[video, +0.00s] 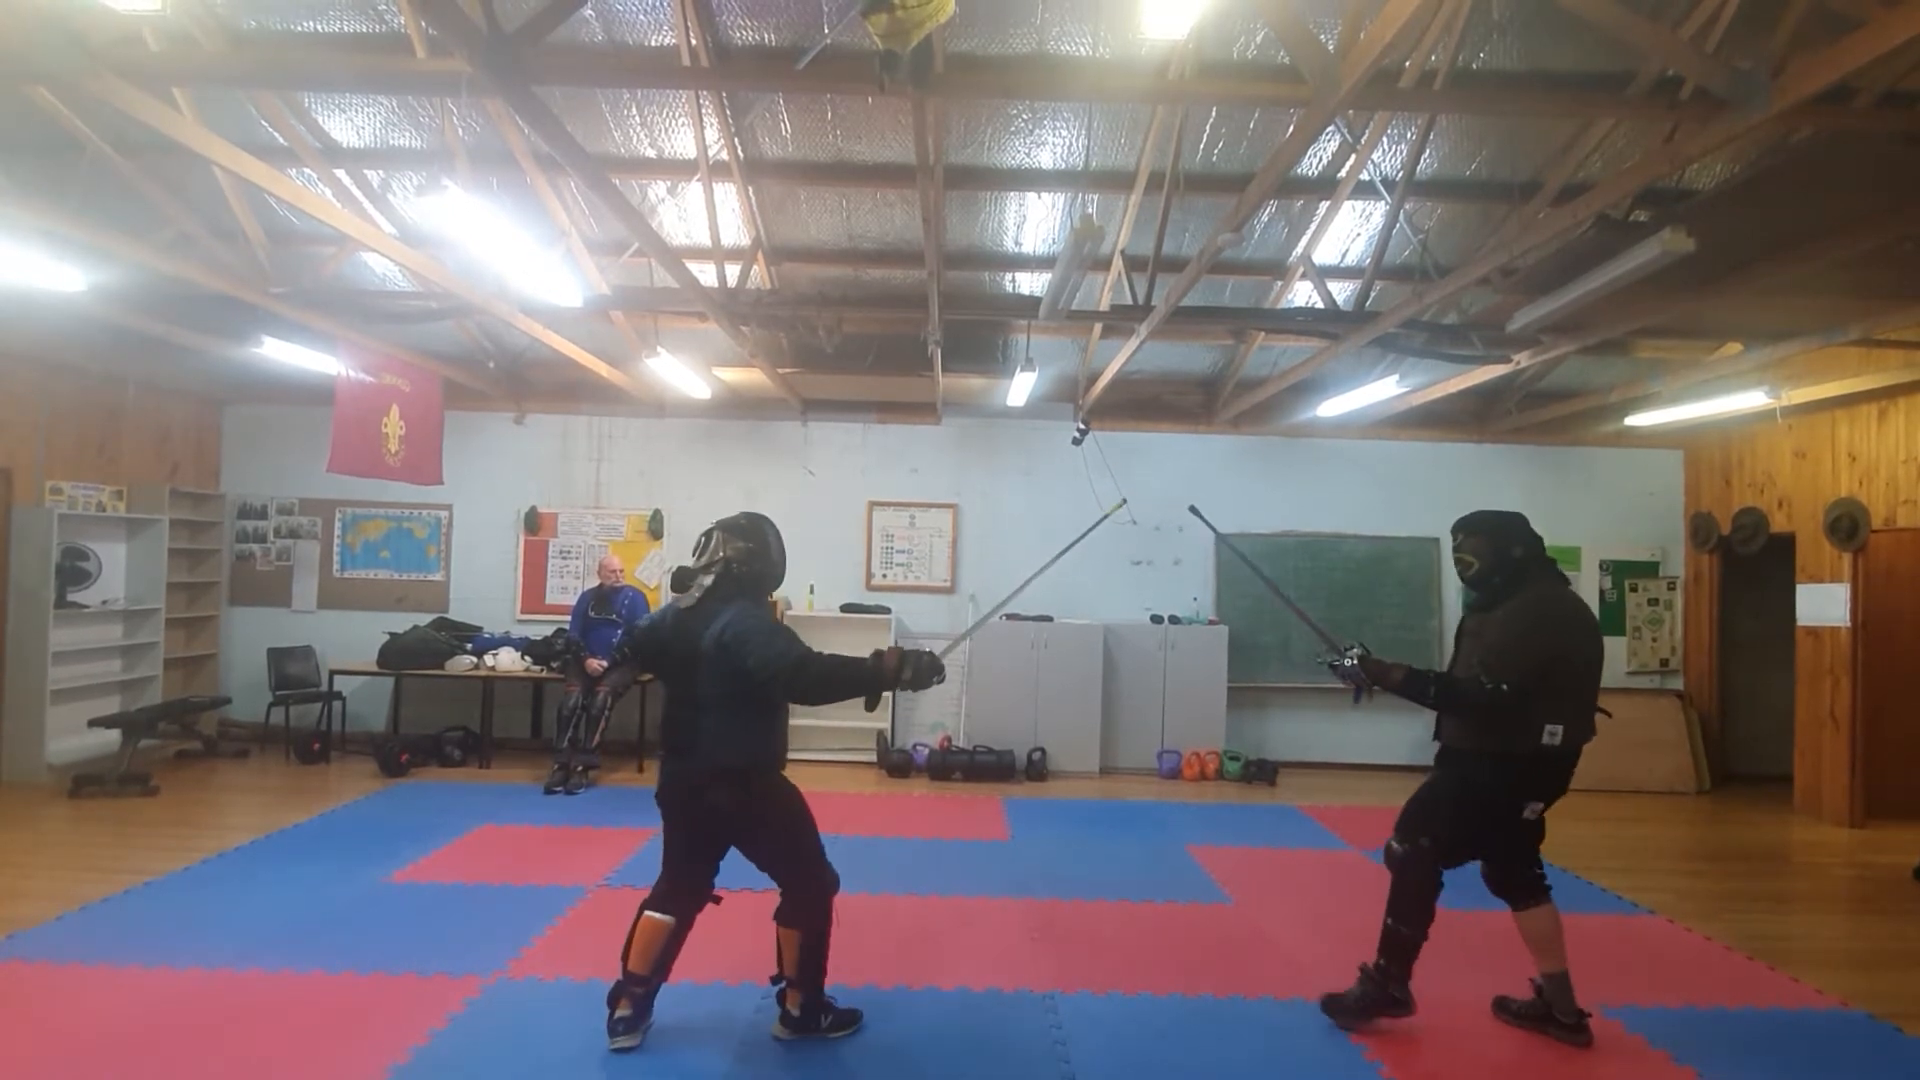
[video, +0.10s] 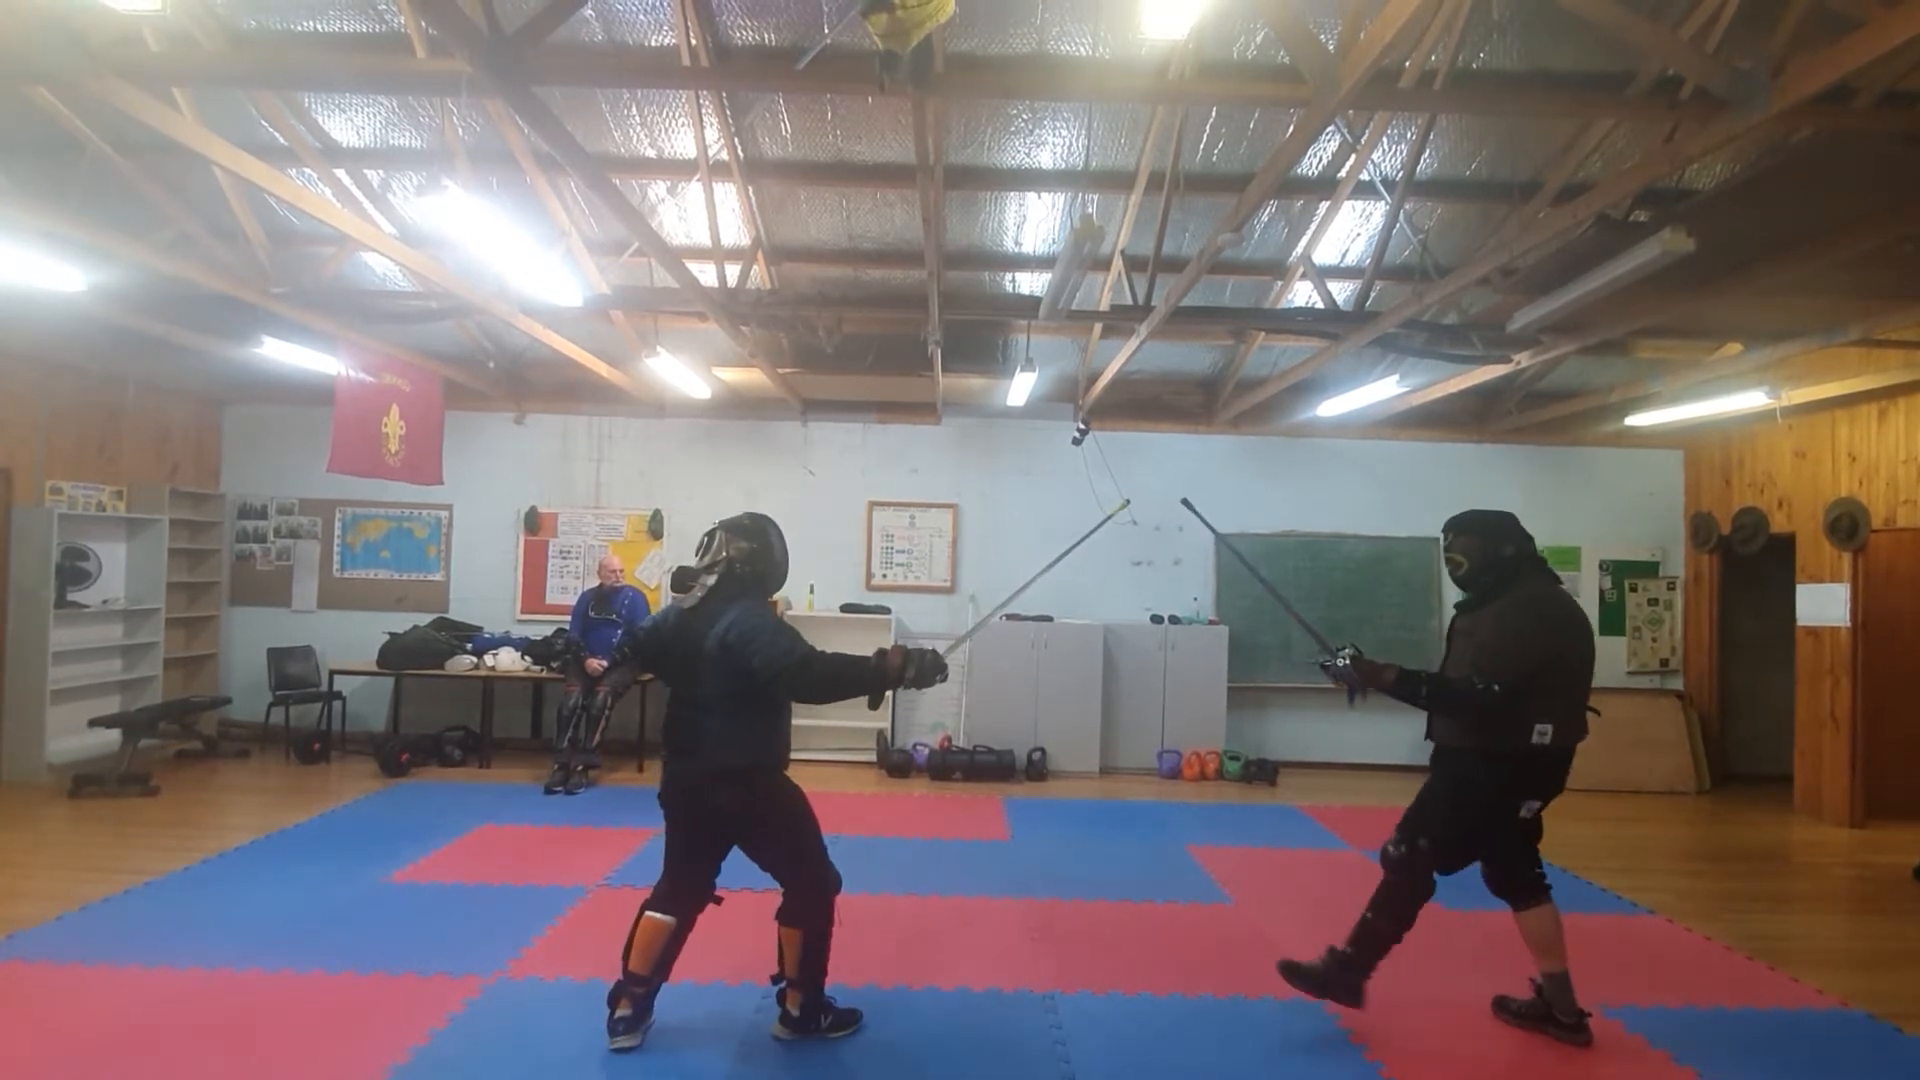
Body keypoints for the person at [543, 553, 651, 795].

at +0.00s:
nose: (618, 577)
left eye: (621, 572)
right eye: (612, 572)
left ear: (624, 573)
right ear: (599, 573)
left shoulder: (634, 598)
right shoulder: (587, 597)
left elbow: (638, 637)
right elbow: (574, 635)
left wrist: (609, 661)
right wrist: (585, 659)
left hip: (619, 662)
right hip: (585, 659)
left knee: (601, 697)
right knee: (572, 696)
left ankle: (582, 768)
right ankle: (560, 765)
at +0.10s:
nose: (618, 577)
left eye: (621, 572)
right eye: (612, 572)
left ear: (624, 573)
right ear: (599, 573)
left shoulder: (634, 598)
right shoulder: (587, 597)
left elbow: (639, 637)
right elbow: (573, 635)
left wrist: (609, 661)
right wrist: (585, 658)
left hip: (619, 662)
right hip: (585, 660)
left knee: (601, 697)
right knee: (572, 697)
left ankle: (582, 768)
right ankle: (561, 765)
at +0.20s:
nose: (618, 577)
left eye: (621, 573)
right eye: (613, 573)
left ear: (624, 573)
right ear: (599, 574)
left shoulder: (634, 598)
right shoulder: (587, 598)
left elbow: (640, 637)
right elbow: (574, 635)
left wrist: (609, 661)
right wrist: (586, 659)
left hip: (620, 662)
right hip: (585, 660)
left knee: (601, 698)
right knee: (572, 697)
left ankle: (581, 768)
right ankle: (561, 766)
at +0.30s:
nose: (618, 577)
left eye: (621, 572)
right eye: (612, 572)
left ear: (624, 573)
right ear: (599, 573)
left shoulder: (635, 598)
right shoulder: (587, 598)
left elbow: (640, 637)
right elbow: (574, 636)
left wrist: (610, 661)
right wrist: (585, 659)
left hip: (620, 663)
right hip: (586, 660)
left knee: (601, 698)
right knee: (572, 698)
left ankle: (582, 768)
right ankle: (561, 765)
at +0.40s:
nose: (618, 577)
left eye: (621, 572)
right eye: (613, 572)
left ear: (624, 573)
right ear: (600, 574)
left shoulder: (635, 598)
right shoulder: (587, 598)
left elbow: (640, 637)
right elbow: (574, 636)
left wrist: (609, 661)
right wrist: (586, 659)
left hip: (620, 662)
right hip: (586, 660)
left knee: (601, 698)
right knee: (572, 698)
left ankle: (582, 768)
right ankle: (561, 766)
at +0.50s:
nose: (618, 576)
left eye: (621, 572)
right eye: (613, 572)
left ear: (624, 573)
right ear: (600, 573)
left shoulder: (635, 598)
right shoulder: (587, 598)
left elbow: (639, 637)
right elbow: (574, 636)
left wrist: (609, 661)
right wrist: (586, 659)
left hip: (620, 662)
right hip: (586, 660)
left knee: (601, 698)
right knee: (572, 698)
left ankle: (582, 768)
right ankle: (561, 766)